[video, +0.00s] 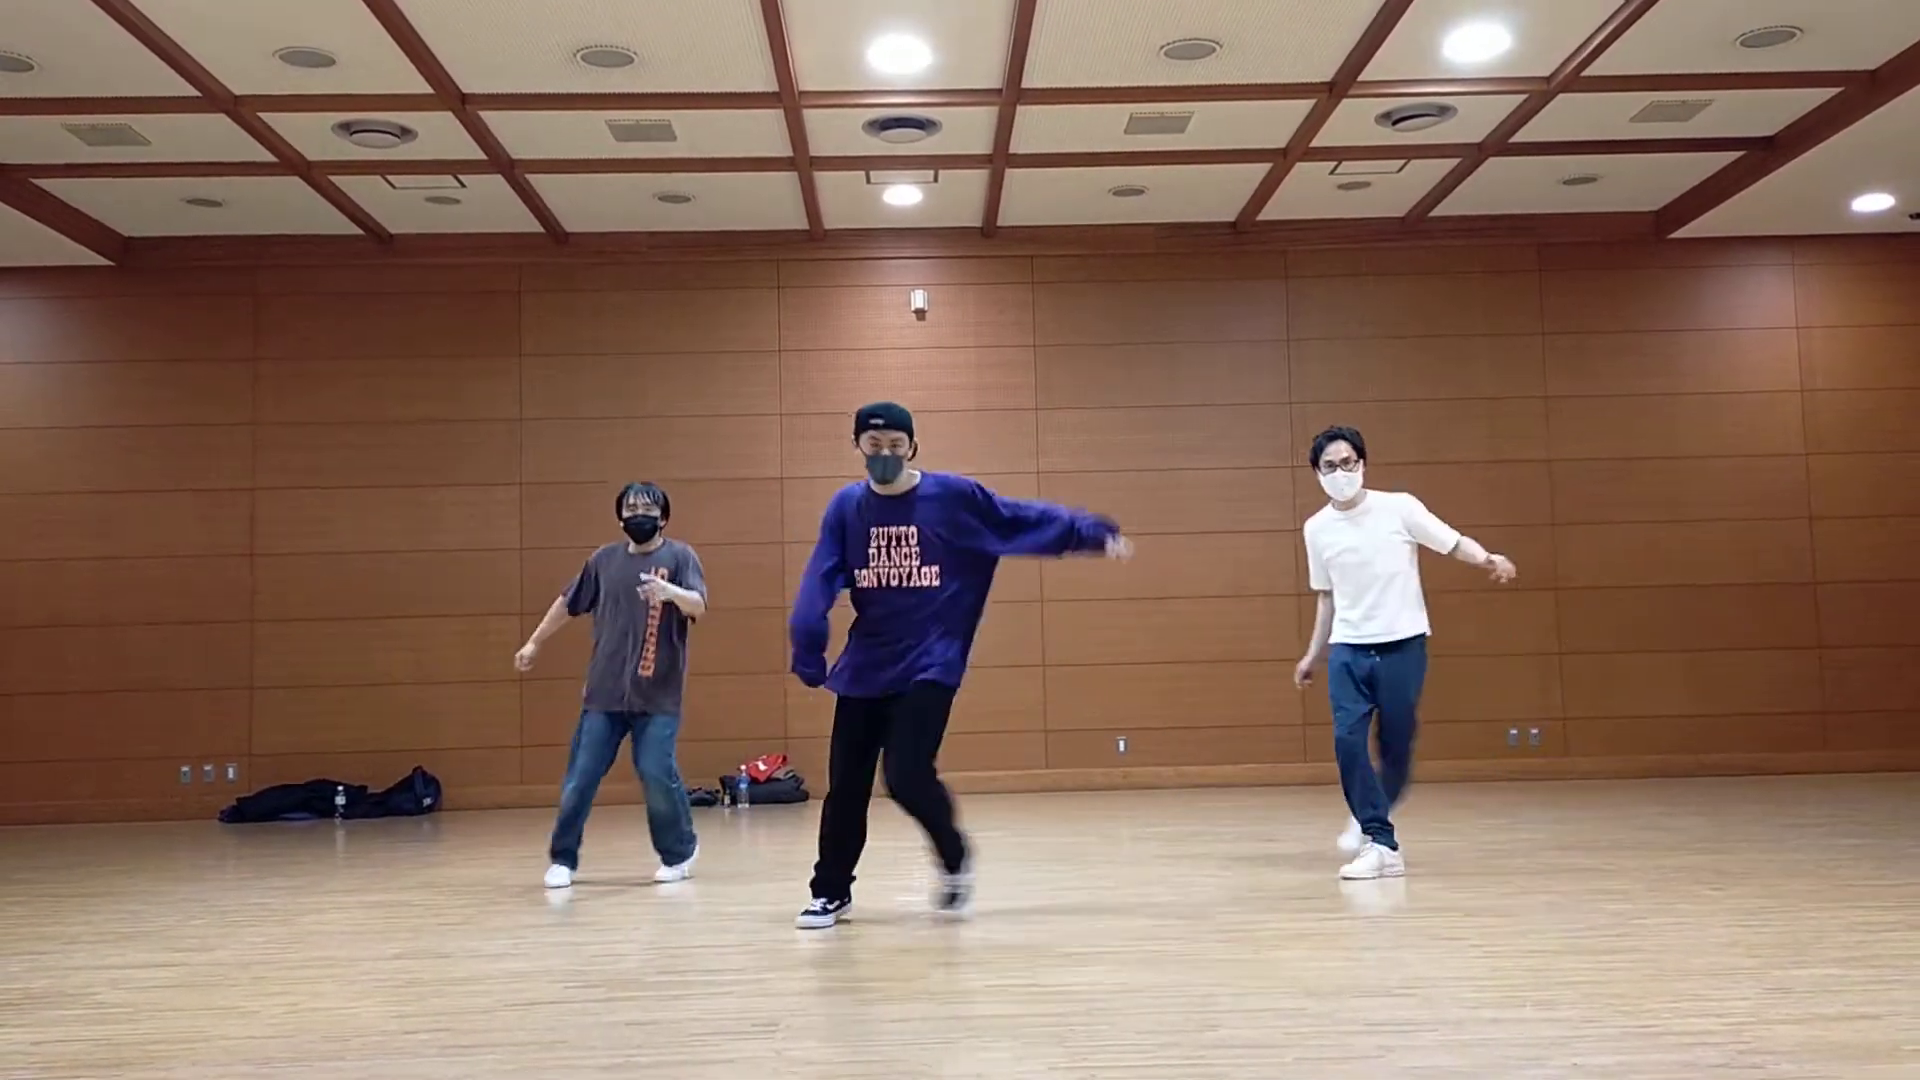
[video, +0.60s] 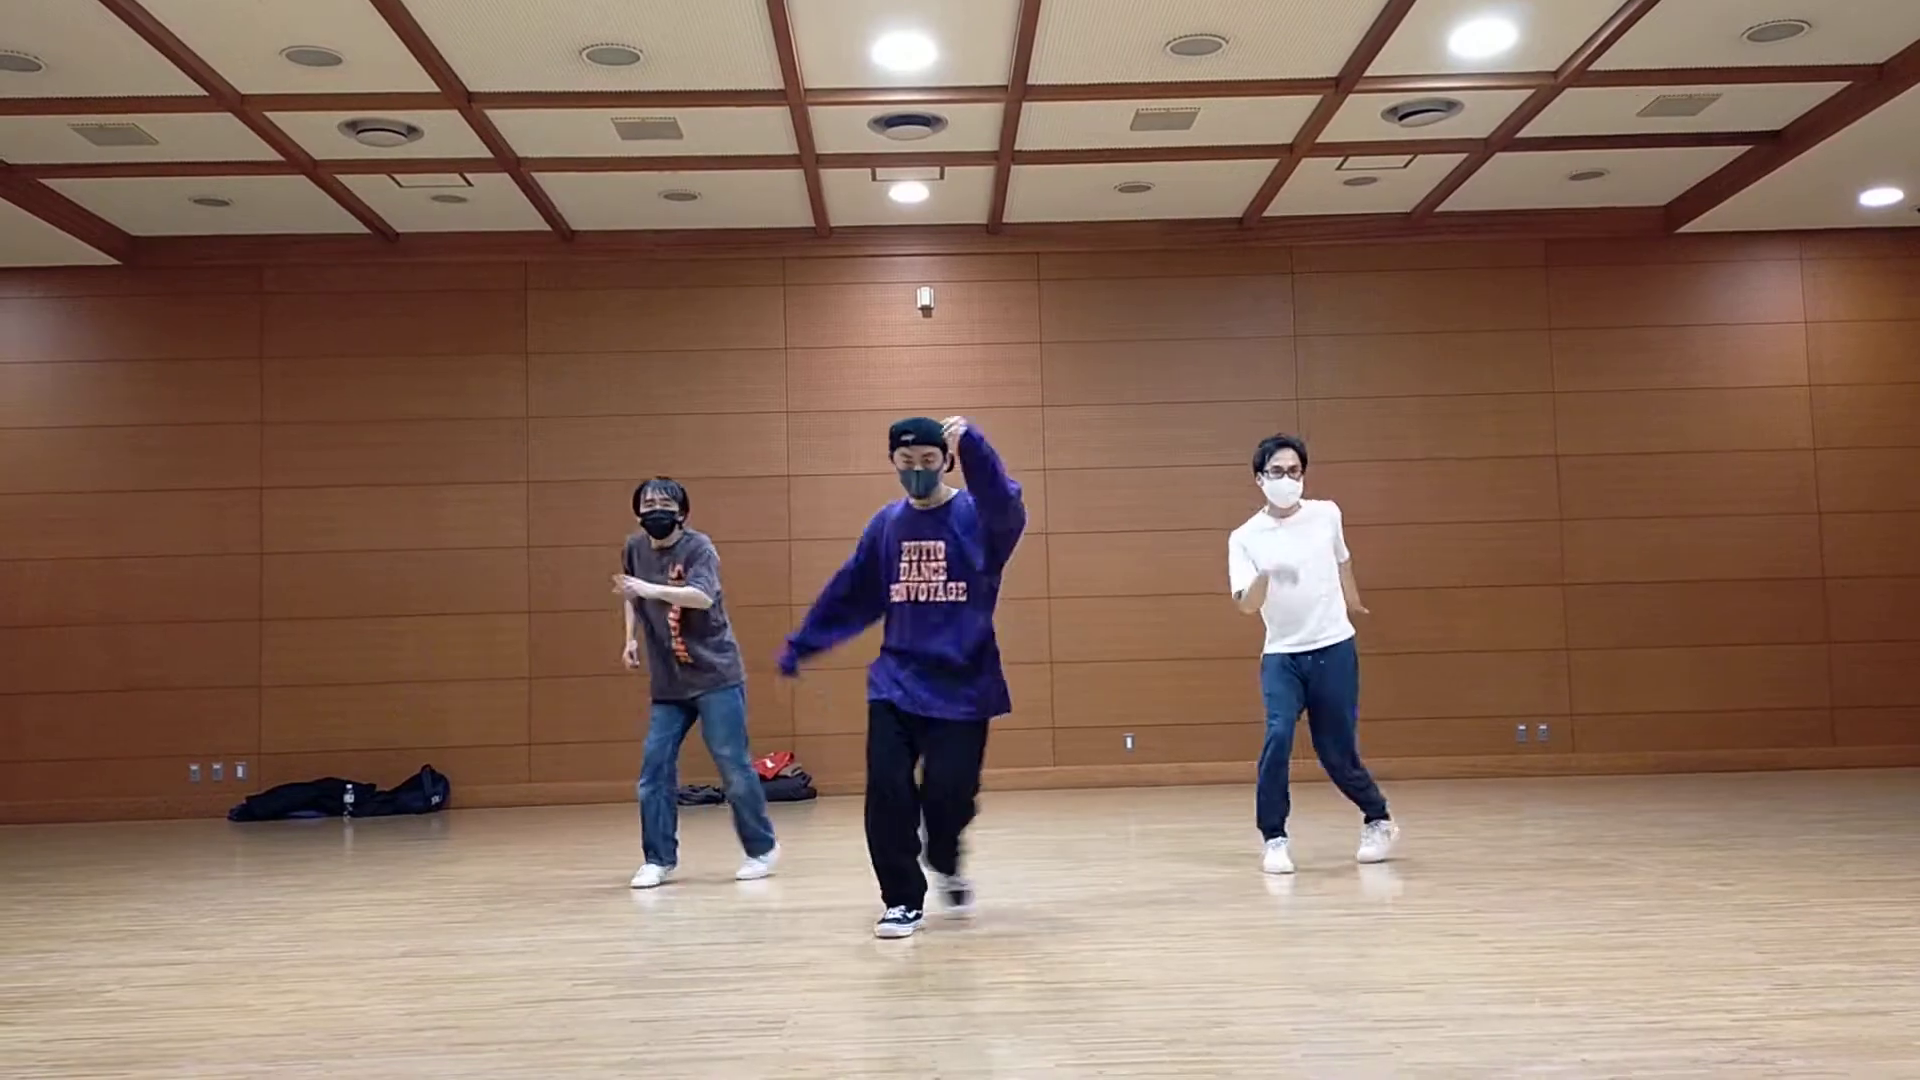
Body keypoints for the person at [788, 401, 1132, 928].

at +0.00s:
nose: (884, 451)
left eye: (894, 443)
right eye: (874, 442)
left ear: (911, 448)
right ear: (859, 447)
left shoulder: (951, 497)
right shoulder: (848, 508)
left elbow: (1020, 520)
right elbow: (819, 581)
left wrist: (1088, 530)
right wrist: (807, 646)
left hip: (933, 656)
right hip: (869, 658)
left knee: (905, 774)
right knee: (847, 783)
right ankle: (831, 892)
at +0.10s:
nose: (874, 443)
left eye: (884, 434)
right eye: (864, 434)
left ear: (902, 438)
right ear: (851, 440)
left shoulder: (947, 485)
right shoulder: (841, 505)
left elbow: (1018, 494)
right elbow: (807, 575)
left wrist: (1084, 477)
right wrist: (806, 636)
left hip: (930, 650)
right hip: (864, 649)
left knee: (891, 770)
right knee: (850, 766)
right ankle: (825, 882)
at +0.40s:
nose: (889, 474)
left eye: (899, 466)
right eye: (879, 466)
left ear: (918, 470)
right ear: (867, 473)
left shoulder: (955, 524)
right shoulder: (862, 531)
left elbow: (1009, 546)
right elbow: (864, 602)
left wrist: (1019, 484)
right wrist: (858, 656)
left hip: (927, 685)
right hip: (860, 675)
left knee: (890, 796)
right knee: (865, 784)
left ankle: (851, 876)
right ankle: (900, 898)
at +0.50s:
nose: (901, 475)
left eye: (911, 465)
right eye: (890, 466)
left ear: (929, 468)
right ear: (876, 471)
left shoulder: (964, 518)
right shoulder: (877, 531)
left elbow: (1006, 517)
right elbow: (860, 607)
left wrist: (993, 446)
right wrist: (845, 673)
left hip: (942, 685)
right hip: (876, 679)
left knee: (915, 803)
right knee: (868, 788)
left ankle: (875, 863)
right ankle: (900, 900)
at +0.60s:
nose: (918, 471)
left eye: (928, 462)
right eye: (907, 463)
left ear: (947, 464)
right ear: (894, 467)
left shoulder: (979, 517)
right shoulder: (888, 524)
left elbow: (1003, 506)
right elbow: (851, 592)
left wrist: (972, 448)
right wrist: (800, 644)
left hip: (962, 679)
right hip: (899, 676)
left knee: (950, 791)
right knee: (887, 788)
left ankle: (944, 864)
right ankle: (901, 902)